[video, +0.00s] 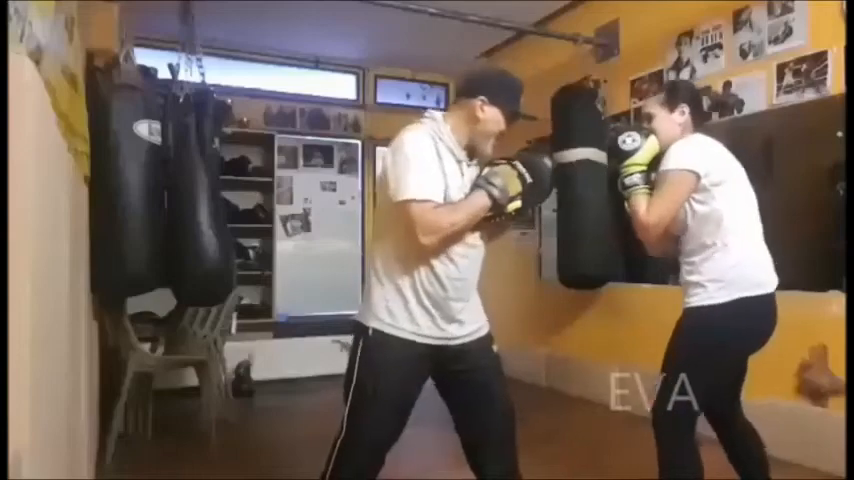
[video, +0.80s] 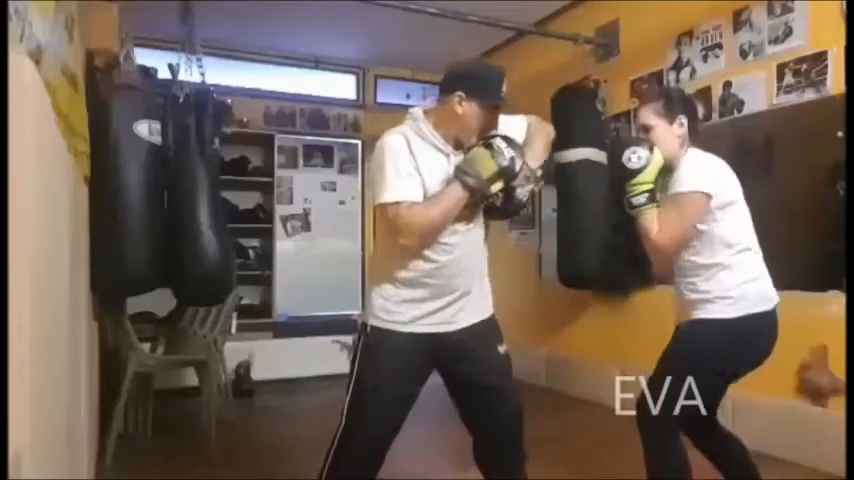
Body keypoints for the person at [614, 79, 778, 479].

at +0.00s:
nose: (644, 127)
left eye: (650, 116)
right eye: (643, 118)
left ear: (681, 115)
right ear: (684, 117)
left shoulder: (688, 151)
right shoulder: (712, 153)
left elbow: (651, 229)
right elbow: (660, 245)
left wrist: (635, 173)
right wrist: (636, 188)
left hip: (717, 309)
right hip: (747, 304)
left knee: (670, 418)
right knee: (723, 410)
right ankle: (758, 474)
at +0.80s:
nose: (641, 140)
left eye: (647, 128)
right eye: (638, 130)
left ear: (679, 127)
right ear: (675, 129)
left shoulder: (697, 169)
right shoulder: (679, 176)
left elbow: (662, 249)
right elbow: (664, 269)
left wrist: (641, 194)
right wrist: (638, 199)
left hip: (729, 321)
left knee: (654, 411)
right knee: (695, 417)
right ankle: (747, 475)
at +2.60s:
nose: (635, 122)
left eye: (642, 112)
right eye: (631, 113)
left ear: (672, 108)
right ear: (638, 114)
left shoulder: (712, 153)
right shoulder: (632, 157)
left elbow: (674, 216)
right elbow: (571, 172)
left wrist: (654, 161)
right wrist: (550, 125)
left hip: (710, 303)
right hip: (672, 309)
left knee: (645, 412)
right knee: (705, 412)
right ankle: (746, 475)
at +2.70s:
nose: (636, 119)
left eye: (642, 110)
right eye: (634, 112)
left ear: (671, 107)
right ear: (656, 110)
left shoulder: (710, 145)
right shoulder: (639, 165)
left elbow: (691, 192)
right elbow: (585, 189)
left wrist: (658, 142)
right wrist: (567, 151)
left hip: (707, 303)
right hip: (670, 308)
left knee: (643, 409)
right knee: (700, 412)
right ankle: (741, 474)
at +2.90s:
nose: (638, 124)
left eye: (644, 115)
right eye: (636, 116)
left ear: (676, 111)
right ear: (676, 113)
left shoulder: (678, 143)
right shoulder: (699, 149)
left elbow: (591, 150)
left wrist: (587, 126)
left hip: (690, 306)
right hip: (722, 303)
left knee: (635, 414)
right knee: (700, 409)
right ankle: (743, 475)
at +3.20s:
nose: (641, 118)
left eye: (649, 107)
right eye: (638, 110)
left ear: (682, 103)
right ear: (637, 111)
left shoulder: (716, 154)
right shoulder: (656, 155)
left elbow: (679, 227)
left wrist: (658, 169)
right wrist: (578, 135)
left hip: (711, 303)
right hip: (682, 305)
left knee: (651, 414)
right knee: (709, 415)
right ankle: (746, 474)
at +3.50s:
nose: (605, 214)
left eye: (610, 201)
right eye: (603, 203)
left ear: (641, 195)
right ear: (639, 197)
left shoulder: (686, 223)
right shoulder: (655, 231)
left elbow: (677, 312)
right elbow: (631, 313)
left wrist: (640, 279)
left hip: (747, 349)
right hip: (718, 346)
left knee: (647, 421)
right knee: (659, 422)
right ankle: (716, 474)